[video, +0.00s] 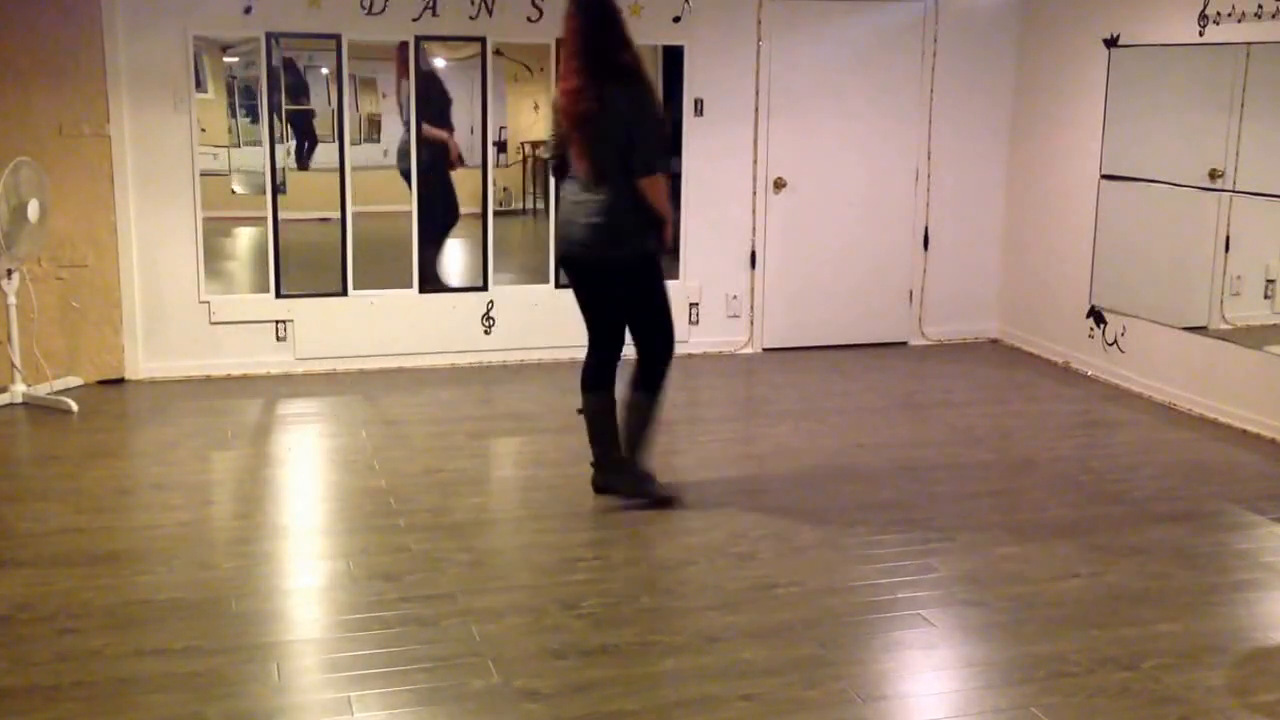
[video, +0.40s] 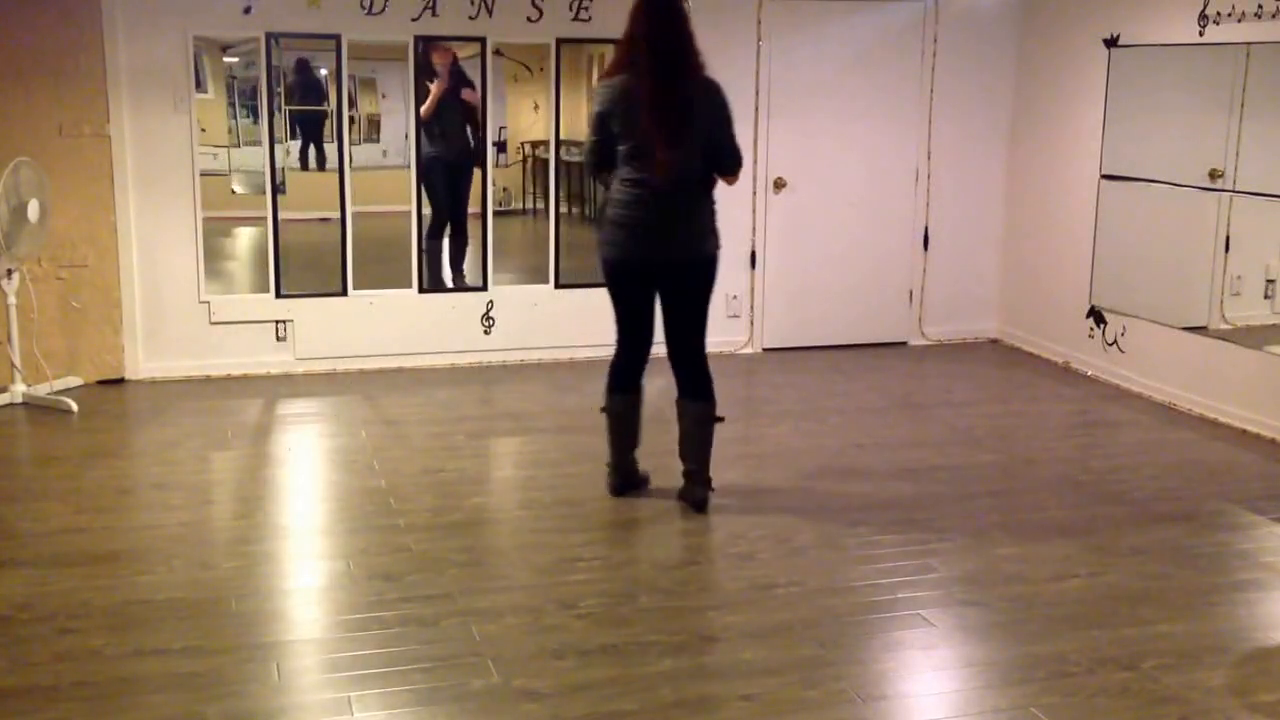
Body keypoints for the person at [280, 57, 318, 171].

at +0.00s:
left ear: (284, 68)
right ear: (295, 65)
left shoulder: (283, 80)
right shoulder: (299, 79)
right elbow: (304, 97)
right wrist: (310, 109)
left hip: (290, 111)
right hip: (301, 110)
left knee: (300, 140)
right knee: (313, 139)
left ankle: (300, 163)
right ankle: (305, 161)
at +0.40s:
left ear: (295, 68)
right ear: (309, 66)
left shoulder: (292, 83)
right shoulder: (316, 80)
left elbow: (288, 100)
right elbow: (323, 96)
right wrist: (316, 103)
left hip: (301, 114)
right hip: (317, 113)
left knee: (305, 142)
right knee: (319, 143)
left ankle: (304, 168)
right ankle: (321, 168)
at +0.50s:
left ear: (298, 69)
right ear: (312, 68)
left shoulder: (296, 82)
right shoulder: (317, 81)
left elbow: (290, 99)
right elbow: (325, 96)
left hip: (303, 113)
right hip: (319, 113)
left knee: (307, 141)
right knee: (320, 141)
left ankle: (307, 167)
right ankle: (321, 166)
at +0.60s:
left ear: (299, 68)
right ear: (313, 68)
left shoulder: (297, 82)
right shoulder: (318, 80)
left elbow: (292, 99)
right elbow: (326, 96)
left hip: (304, 113)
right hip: (320, 113)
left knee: (307, 142)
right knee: (321, 141)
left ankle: (308, 167)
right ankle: (322, 167)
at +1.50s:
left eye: (286, 67)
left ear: (286, 67)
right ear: (298, 66)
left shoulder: (284, 80)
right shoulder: (305, 79)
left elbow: (280, 96)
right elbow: (311, 96)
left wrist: (281, 108)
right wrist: (307, 102)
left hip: (290, 111)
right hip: (305, 110)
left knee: (291, 144)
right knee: (311, 141)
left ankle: (291, 170)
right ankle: (319, 167)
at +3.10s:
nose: (284, 70)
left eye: (284, 67)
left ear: (285, 68)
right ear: (296, 66)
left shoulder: (284, 82)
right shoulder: (303, 79)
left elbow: (281, 100)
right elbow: (310, 98)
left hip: (291, 113)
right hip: (307, 112)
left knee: (294, 142)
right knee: (307, 142)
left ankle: (291, 168)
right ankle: (306, 168)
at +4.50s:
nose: (282, 71)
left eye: (282, 68)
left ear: (283, 67)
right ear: (293, 65)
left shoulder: (282, 80)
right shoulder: (301, 78)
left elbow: (278, 97)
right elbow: (307, 96)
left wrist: (279, 110)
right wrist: (304, 106)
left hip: (287, 113)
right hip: (300, 112)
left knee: (288, 142)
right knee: (299, 141)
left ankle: (289, 167)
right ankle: (303, 164)